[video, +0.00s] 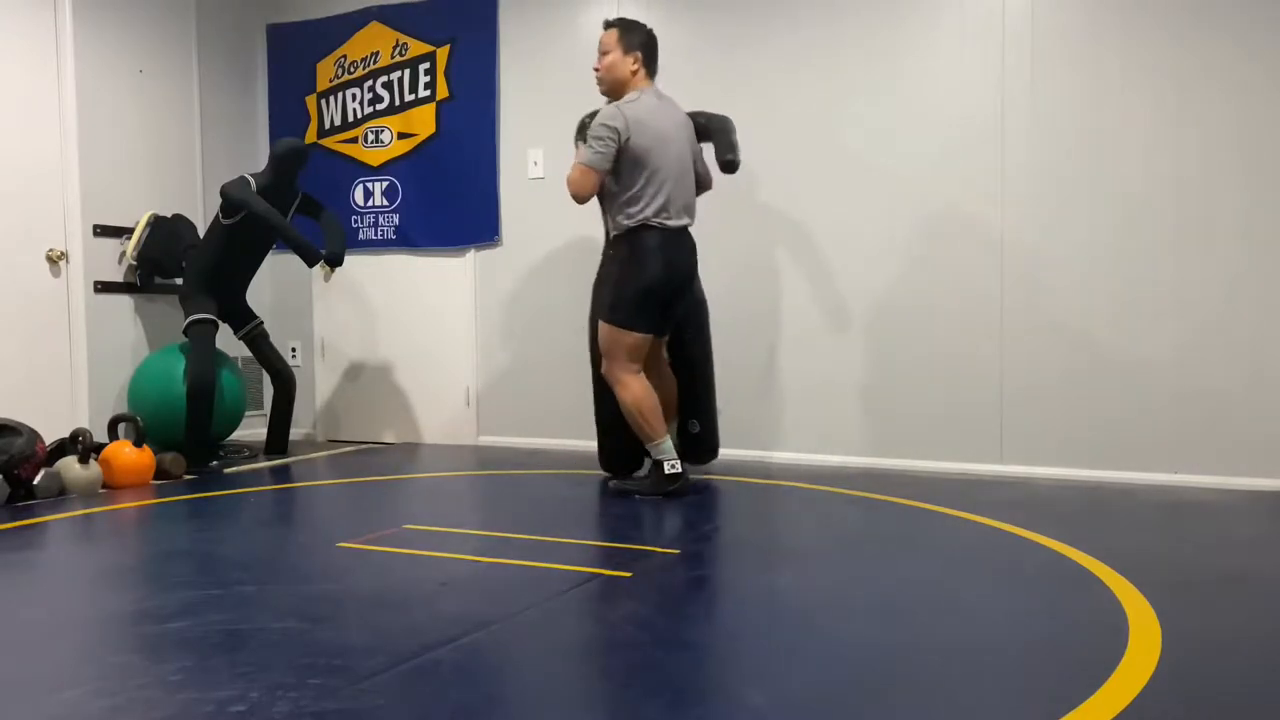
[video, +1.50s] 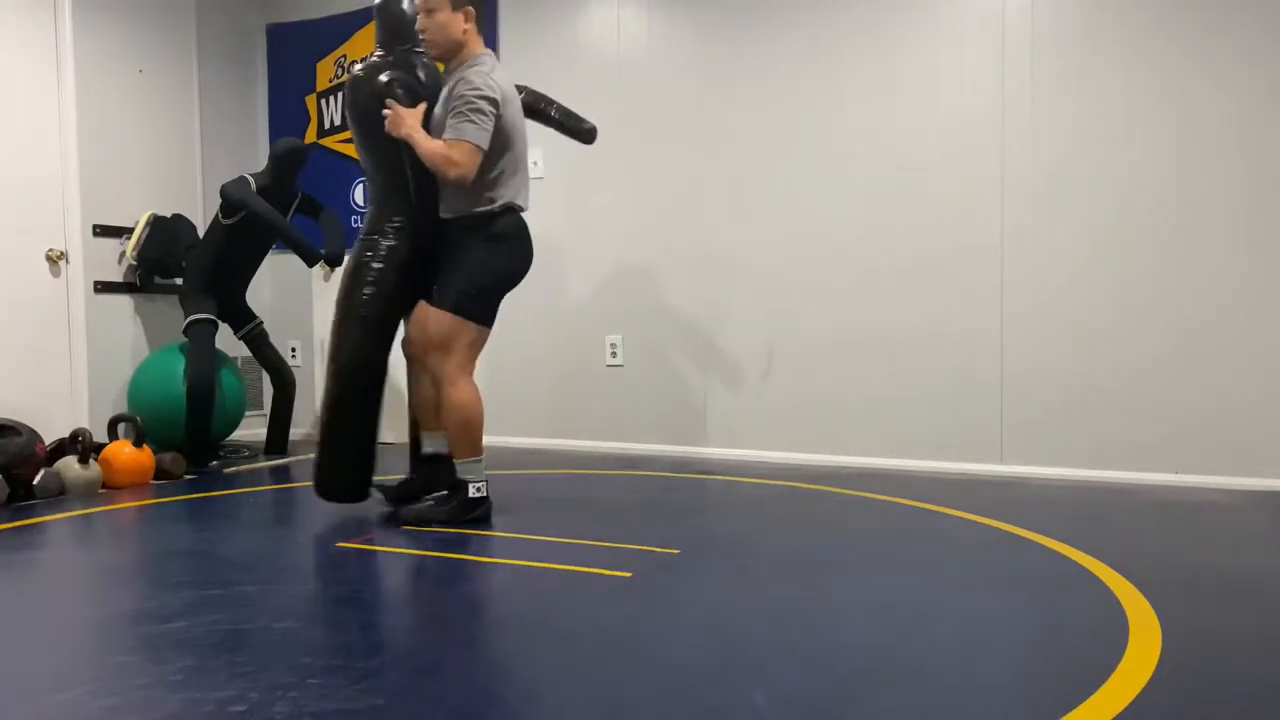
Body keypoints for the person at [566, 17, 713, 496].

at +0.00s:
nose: (596, 65)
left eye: (604, 54)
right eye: (598, 54)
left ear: (635, 61)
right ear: (638, 63)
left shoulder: (615, 116)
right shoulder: (675, 113)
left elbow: (581, 189)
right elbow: (702, 180)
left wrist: (584, 146)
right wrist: (648, 189)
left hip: (637, 250)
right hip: (678, 249)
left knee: (620, 365)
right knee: (653, 358)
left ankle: (666, 465)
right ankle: (667, 460)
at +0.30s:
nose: (579, 52)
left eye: (587, 42)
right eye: (578, 43)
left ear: (620, 47)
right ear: (619, 50)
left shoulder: (615, 105)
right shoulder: (640, 96)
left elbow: (585, 179)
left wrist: (562, 147)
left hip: (632, 242)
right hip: (644, 237)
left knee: (634, 364)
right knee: (588, 333)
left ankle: (670, 466)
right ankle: (579, 446)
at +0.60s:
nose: (537, 62)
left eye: (545, 51)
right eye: (536, 53)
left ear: (577, 53)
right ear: (567, 57)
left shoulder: (588, 104)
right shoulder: (569, 106)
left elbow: (571, 170)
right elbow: (560, 162)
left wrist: (527, 148)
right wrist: (531, 145)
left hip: (588, 247)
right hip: (559, 247)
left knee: (560, 367)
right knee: (532, 358)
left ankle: (647, 447)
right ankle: (532, 466)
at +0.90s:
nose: (488, 51)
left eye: (496, 40)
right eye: (486, 42)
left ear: (529, 44)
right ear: (519, 47)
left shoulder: (553, 94)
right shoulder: (513, 102)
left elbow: (544, 169)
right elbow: (509, 162)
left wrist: (489, 143)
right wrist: (459, 134)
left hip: (549, 238)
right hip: (519, 239)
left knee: (493, 339)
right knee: (515, 358)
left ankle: (499, 471)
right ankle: (523, 468)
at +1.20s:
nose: (449, 35)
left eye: (459, 23)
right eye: (449, 25)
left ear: (495, 30)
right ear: (486, 31)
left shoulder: (512, 88)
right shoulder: (485, 87)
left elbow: (501, 167)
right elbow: (478, 153)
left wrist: (447, 140)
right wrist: (441, 131)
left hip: (510, 238)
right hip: (488, 236)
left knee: (462, 355)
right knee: (470, 351)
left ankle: (473, 490)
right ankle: (501, 448)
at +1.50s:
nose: (419, 24)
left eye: (428, 14)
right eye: (419, 15)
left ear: (465, 18)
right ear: (460, 20)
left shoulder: (478, 81)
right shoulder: (461, 76)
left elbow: (461, 164)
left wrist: (412, 130)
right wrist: (411, 117)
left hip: (490, 237)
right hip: (463, 233)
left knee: (451, 362)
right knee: (419, 344)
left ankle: (471, 493)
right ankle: (432, 471)